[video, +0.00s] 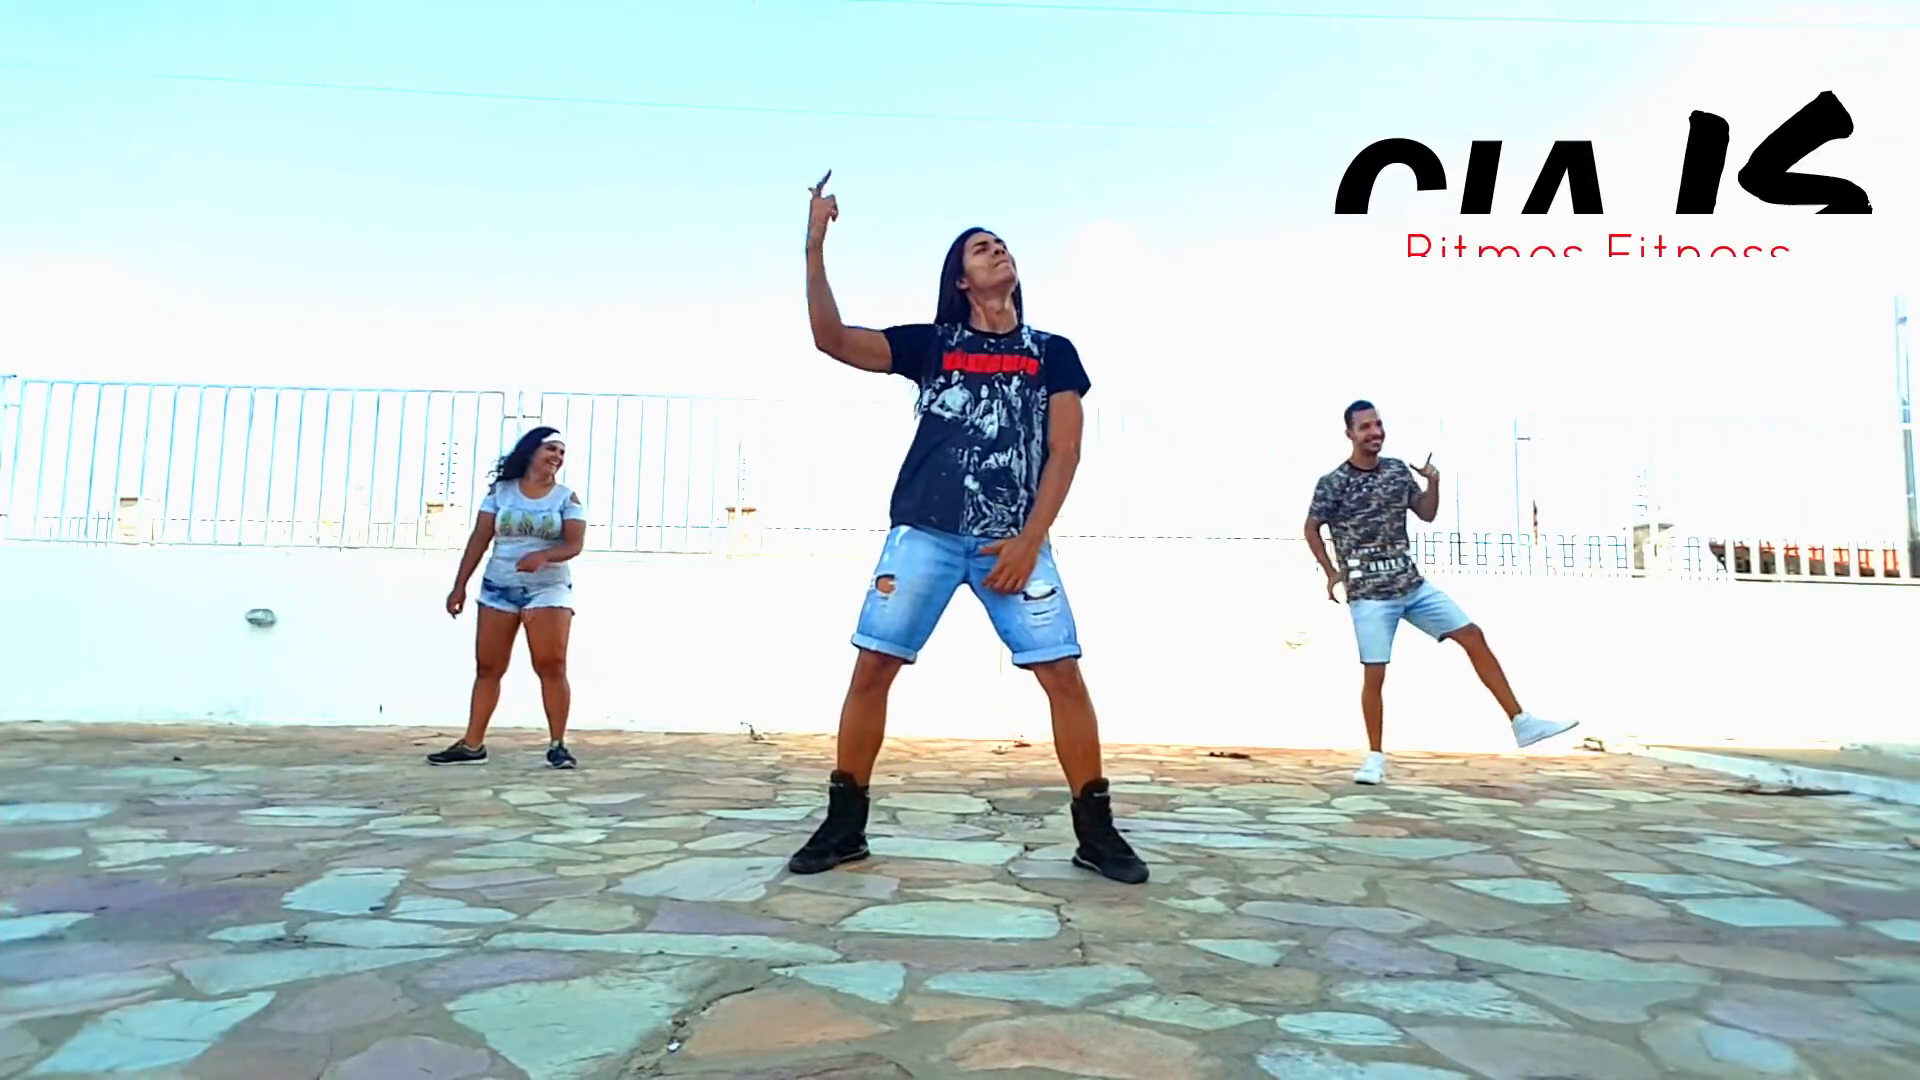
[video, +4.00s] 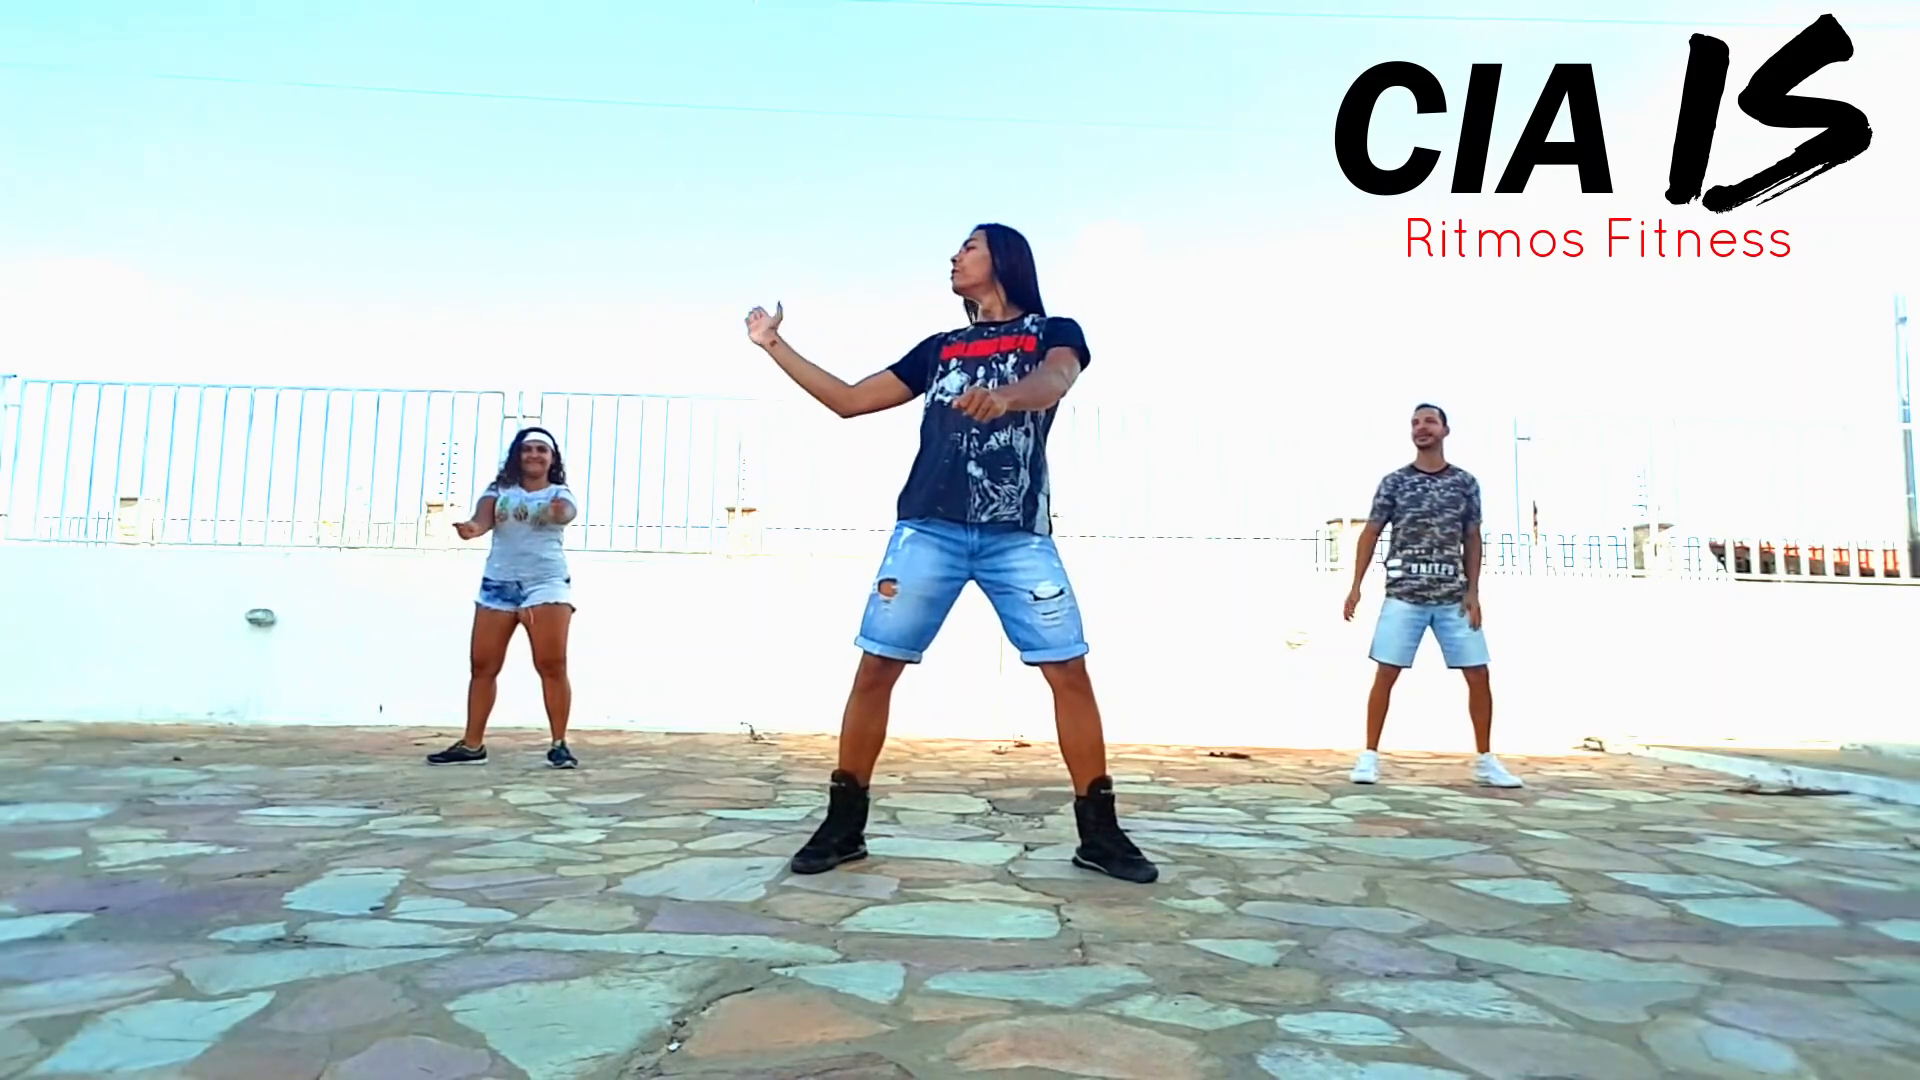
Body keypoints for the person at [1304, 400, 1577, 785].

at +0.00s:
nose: (1374, 432)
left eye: (1377, 425)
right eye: (1365, 427)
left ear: (1383, 429)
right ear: (1349, 434)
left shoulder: (1397, 471)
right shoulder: (1332, 484)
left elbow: (1426, 513)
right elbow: (1311, 530)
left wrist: (1432, 483)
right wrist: (1331, 572)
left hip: (1412, 586)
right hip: (1369, 594)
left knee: (1472, 636)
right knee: (1374, 674)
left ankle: (1521, 722)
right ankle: (1374, 756)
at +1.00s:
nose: (1449, 450)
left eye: (1456, 443)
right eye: (1442, 443)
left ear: (1467, 450)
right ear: (1433, 449)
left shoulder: (1484, 490)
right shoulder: (1412, 498)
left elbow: (1527, 530)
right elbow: (1389, 541)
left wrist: (1502, 508)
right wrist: (1410, 568)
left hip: (1480, 606)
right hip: (1434, 606)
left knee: (1508, 679)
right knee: (1414, 676)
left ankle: (1486, 761)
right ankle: (1380, 755)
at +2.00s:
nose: (1428, 448)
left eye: (1434, 441)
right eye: (1421, 442)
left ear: (1446, 449)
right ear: (1411, 450)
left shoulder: (1468, 489)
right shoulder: (1401, 496)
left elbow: (1466, 541)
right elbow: (1409, 535)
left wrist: (1439, 559)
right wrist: (1445, 498)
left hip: (1456, 606)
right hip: (1409, 604)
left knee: (1498, 677)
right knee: (1387, 675)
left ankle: (1484, 760)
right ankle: (1368, 756)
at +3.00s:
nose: (1416, 440)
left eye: (1422, 435)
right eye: (1409, 435)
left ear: (1432, 444)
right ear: (1398, 444)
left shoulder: (1453, 486)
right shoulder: (1386, 495)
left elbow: (1475, 516)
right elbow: (1374, 533)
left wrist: (1469, 510)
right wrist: (1423, 511)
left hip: (1450, 602)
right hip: (1401, 602)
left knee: (1488, 674)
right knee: (1380, 672)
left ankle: (1486, 758)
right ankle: (1369, 756)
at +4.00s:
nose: (1423, 427)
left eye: (1430, 421)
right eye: (1417, 422)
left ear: (1445, 430)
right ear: (1410, 432)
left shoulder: (1465, 483)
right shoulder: (1394, 483)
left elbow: (1473, 541)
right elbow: (1370, 535)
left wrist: (1473, 591)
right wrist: (1356, 586)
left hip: (1454, 598)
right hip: (1404, 597)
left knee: (1479, 673)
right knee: (1387, 672)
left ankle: (1485, 758)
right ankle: (1369, 755)